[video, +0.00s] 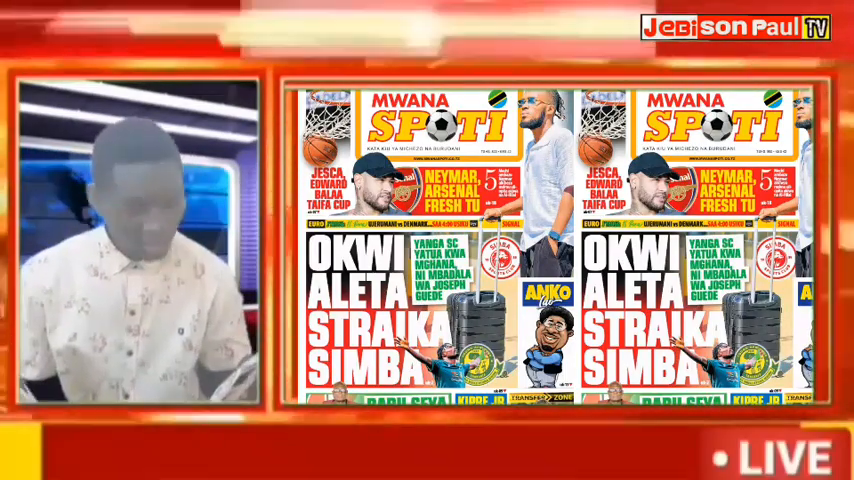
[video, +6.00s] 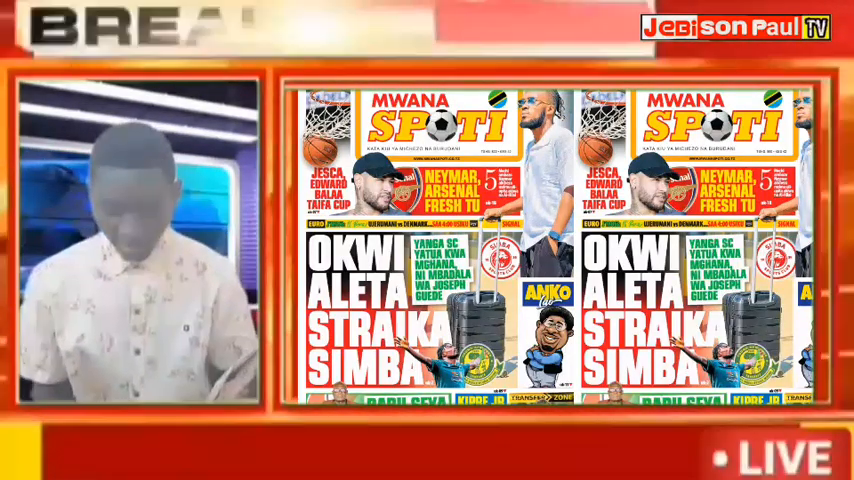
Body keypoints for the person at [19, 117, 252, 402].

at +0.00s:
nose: (155, 224)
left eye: (169, 205)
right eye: (137, 207)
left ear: (184, 195)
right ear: (95, 198)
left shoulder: (213, 278)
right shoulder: (45, 276)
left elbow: (230, 387)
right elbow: (42, 393)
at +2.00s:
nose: (127, 184)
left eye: (145, 169)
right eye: (107, 170)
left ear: (167, 181)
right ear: (85, 186)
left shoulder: (206, 272)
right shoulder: (40, 274)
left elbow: (232, 386)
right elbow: (20, 390)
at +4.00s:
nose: (135, 202)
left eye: (152, 185)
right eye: (119, 185)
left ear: (181, 187)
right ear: (94, 190)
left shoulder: (223, 277)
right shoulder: (55, 280)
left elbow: (251, 386)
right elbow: (46, 399)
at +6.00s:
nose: (130, 229)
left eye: (147, 211)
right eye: (113, 211)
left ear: (176, 195)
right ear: (91, 195)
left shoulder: (215, 275)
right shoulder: (54, 279)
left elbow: (242, 383)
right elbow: (49, 396)